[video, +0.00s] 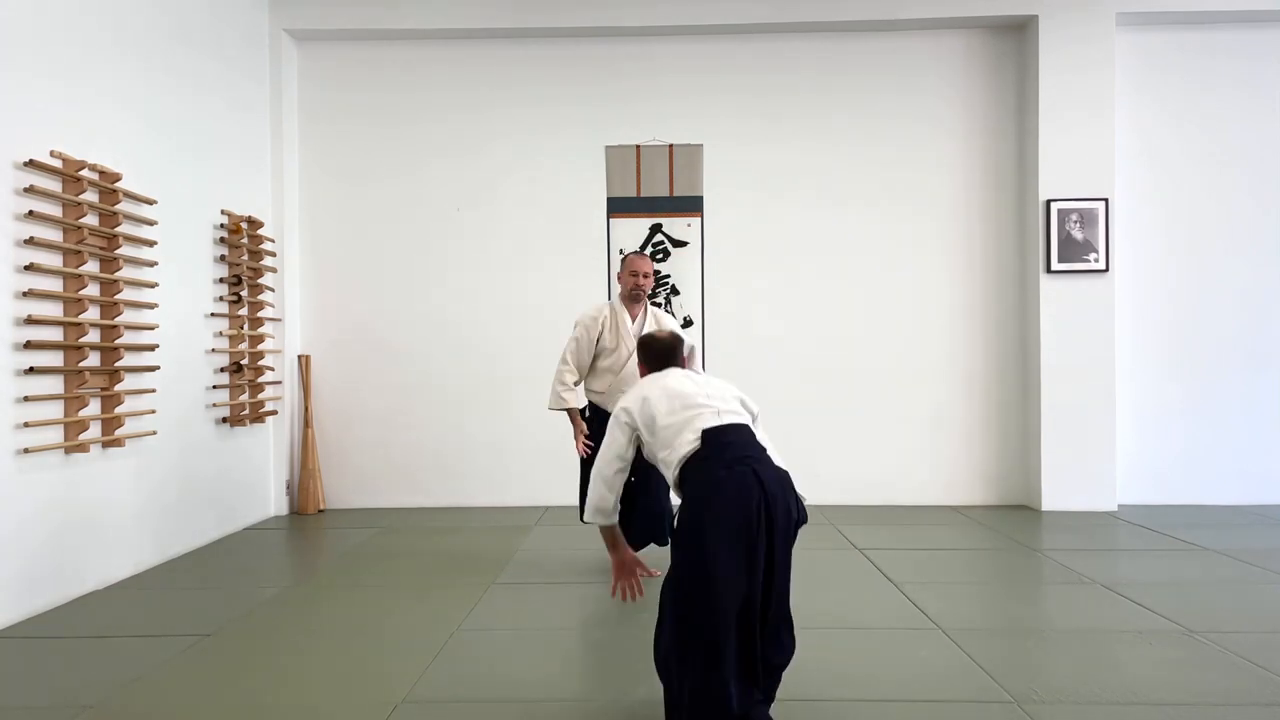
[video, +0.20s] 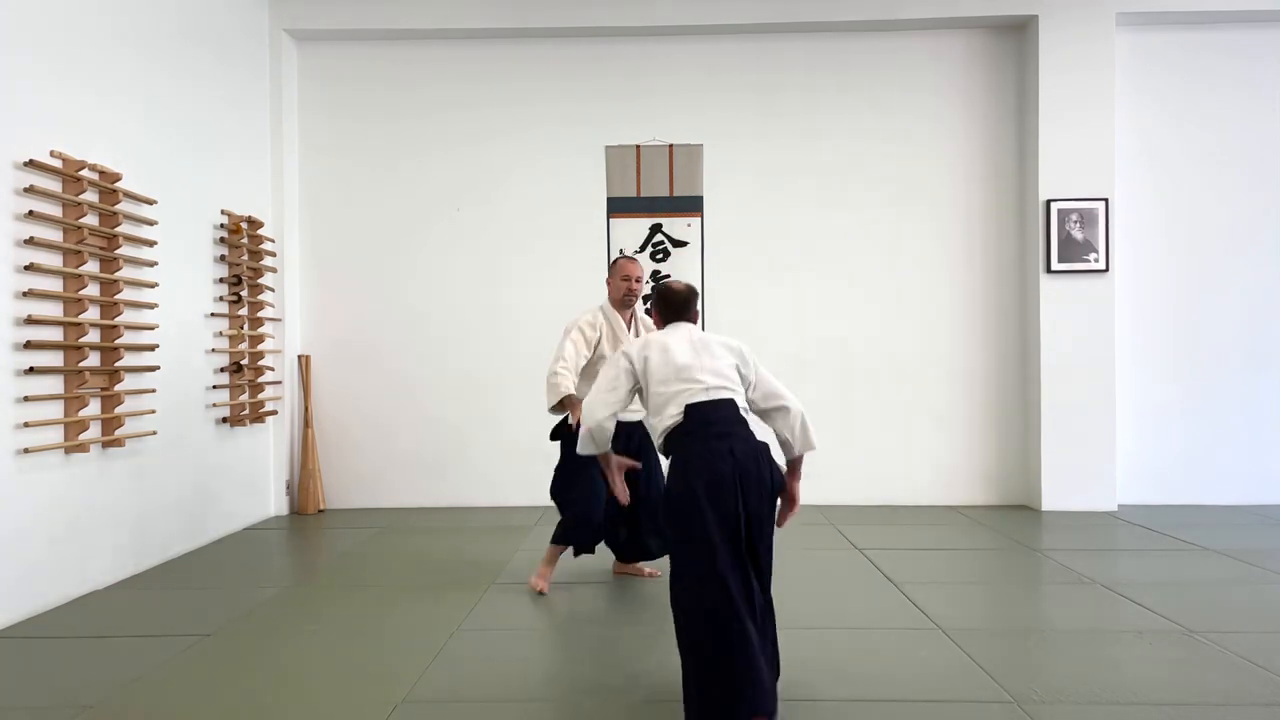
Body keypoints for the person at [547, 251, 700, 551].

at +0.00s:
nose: (640, 282)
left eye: (646, 276)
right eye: (633, 275)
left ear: (653, 282)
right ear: (619, 278)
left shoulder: (664, 323)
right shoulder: (595, 319)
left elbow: (686, 367)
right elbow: (567, 373)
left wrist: (678, 410)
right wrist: (576, 419)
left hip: (651, 416)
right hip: (605, 417)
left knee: (651, 492)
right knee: (604, 487)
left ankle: (628, 555)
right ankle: (620, 559)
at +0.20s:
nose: (633, 286)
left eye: (639, 280)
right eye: (626, 279)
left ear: (643, 286)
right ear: (609, 282)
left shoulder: (647, 328)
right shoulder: (589, 324)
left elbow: (663, 368)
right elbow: (560, 372)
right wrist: (576, 409)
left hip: (633, 428)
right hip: (588, 430)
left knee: (646, 494)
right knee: (588, 505)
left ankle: (626, 560)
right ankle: (549, 562)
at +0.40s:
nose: (615, 284)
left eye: (620, 278)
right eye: (608, 277)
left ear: (622, 283)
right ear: (586, 279)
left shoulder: (617, 325)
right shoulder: (564, 318)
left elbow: (615, 380)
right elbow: (592, 331)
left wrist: (637, 418)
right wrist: (635, 315)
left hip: (592, 430)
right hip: (553, 427)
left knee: (626, 498)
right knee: (574, 504)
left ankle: (615, 550)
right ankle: (533, 595)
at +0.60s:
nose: (565, 256)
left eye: (563, 250)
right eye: (560, 250)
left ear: (532, 256)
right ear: (540, 255)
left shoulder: (519, 297)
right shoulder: (542, 292)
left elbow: (532, 368)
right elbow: (601, 290)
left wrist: (576, 401)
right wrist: (621, 269)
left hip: (521, 415)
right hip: (546, 420)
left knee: (516, 504)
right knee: (546, 508)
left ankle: (467, 581)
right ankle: (530, 594)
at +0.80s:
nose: (505, 271)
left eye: (469, 271)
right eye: (508, 263)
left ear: (468, 274)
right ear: (508, 264)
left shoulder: (455, 317)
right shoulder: (541, 299)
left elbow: (446, 394)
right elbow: (565, 338)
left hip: (488, 434)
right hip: (542, 433)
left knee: (439, 520)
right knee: (562, 514)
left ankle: (419, 628)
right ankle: (532, 600)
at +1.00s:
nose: (485, 279)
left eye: (483, 274)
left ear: (485, 275)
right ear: (528, 270)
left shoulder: (478, 316)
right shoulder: (554, 319)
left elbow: (425, 373)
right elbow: (520, 388)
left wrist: (379, 420)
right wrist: (451, 397)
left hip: (499, 451)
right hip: (560, 452)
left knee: (447, 538)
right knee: (601, 543)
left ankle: (416, 636)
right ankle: (623, 654)